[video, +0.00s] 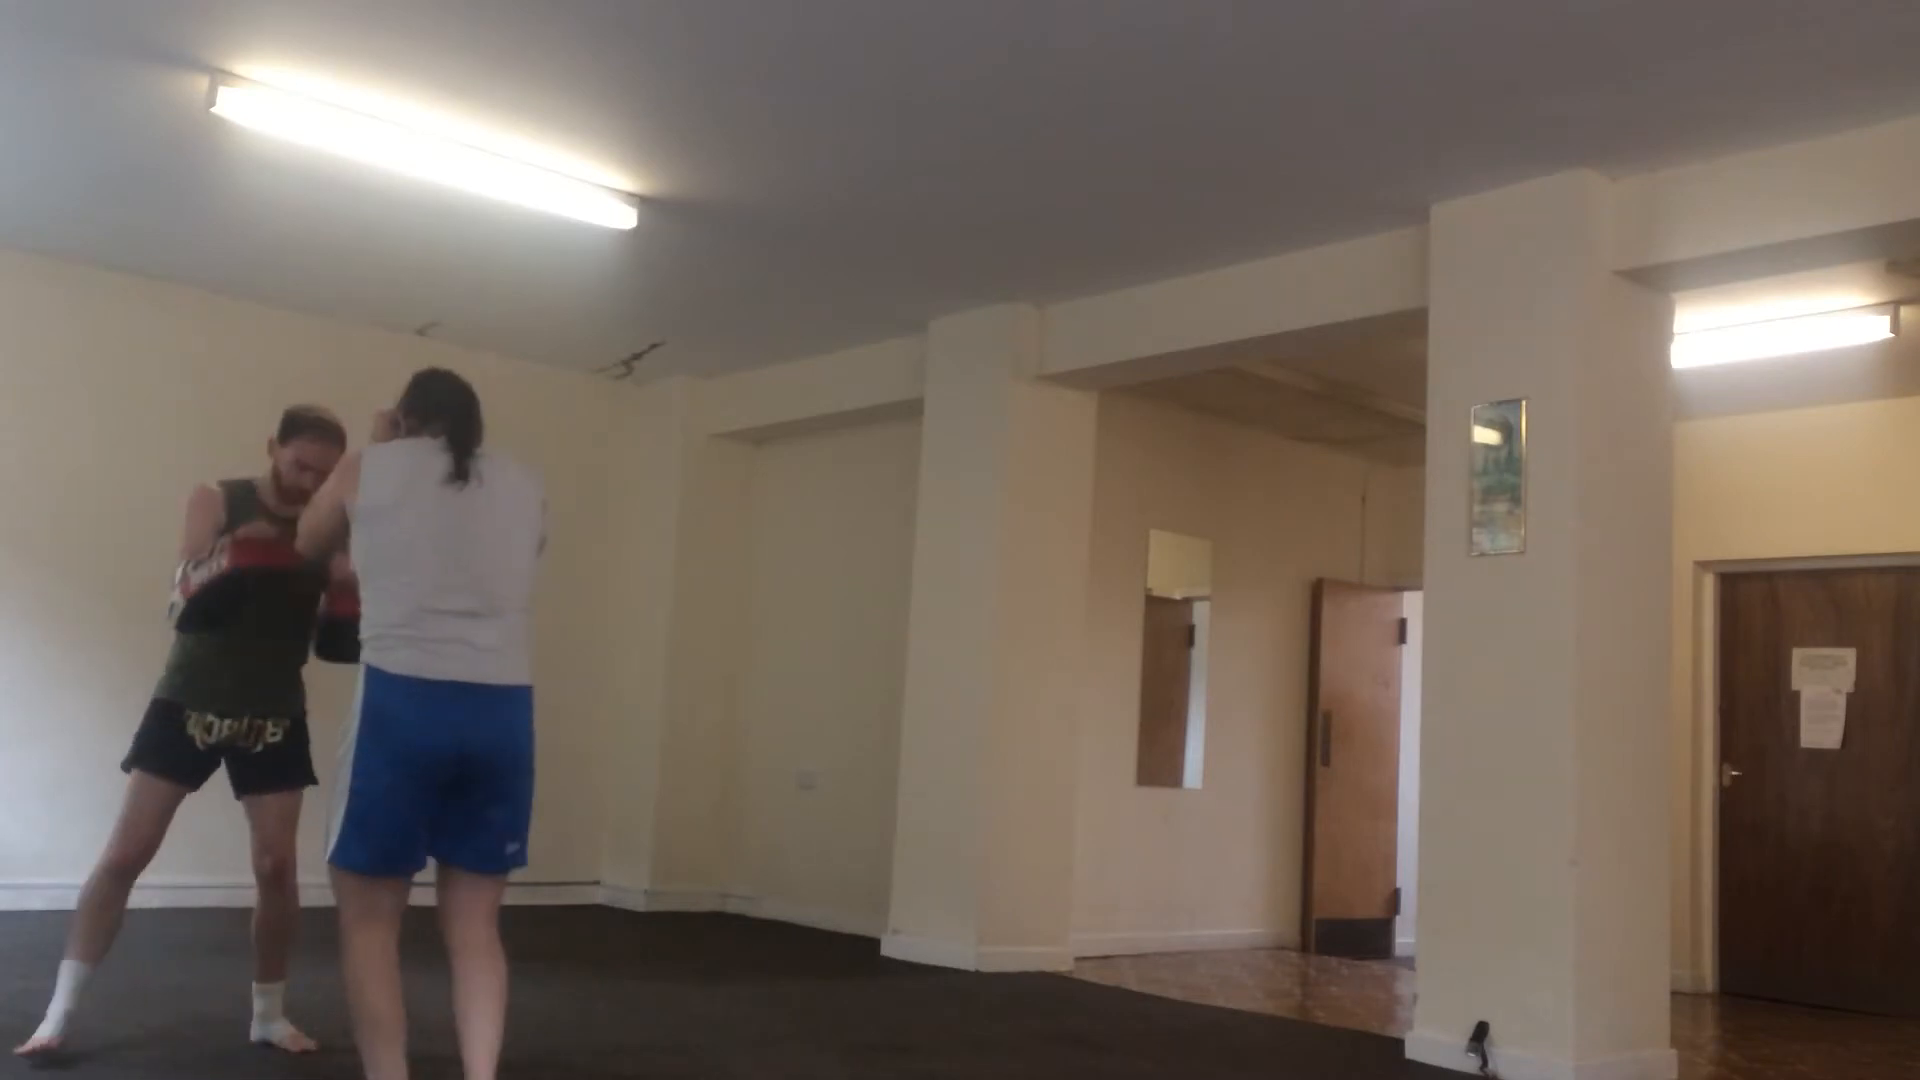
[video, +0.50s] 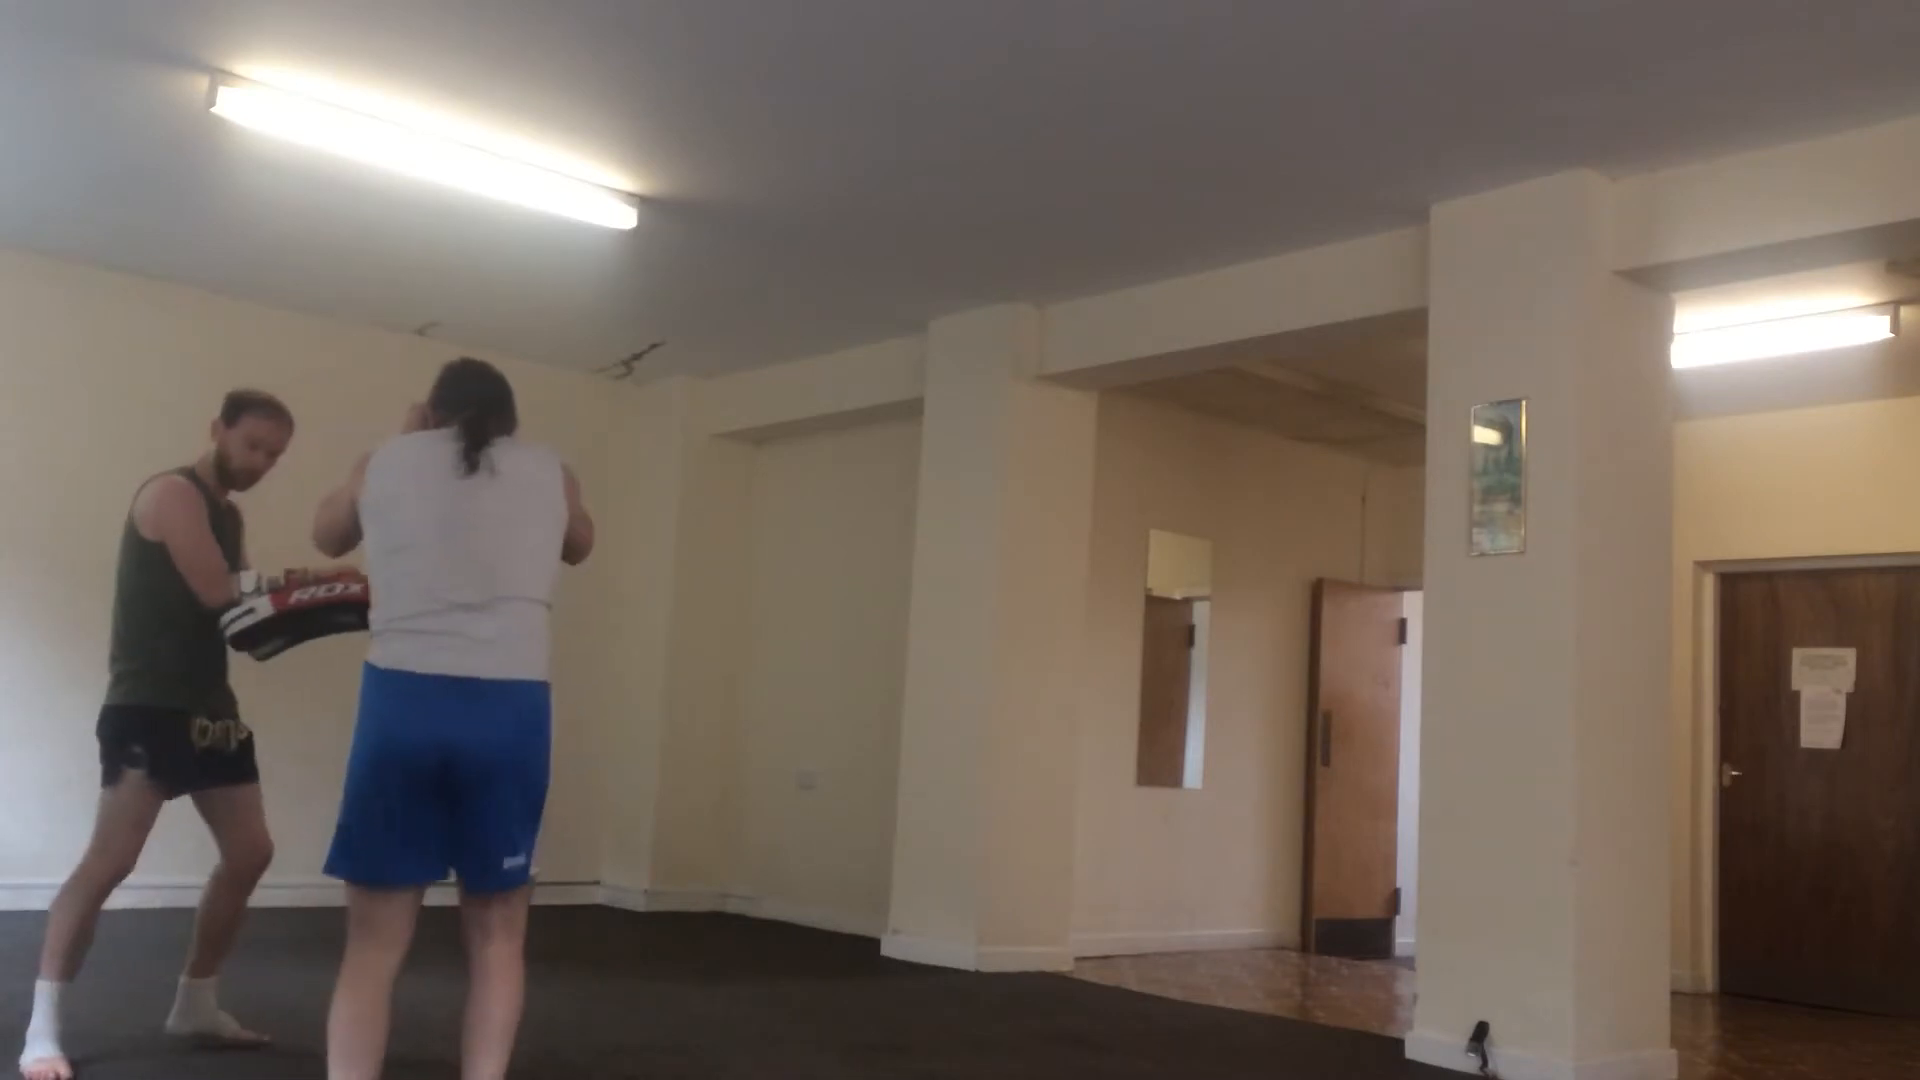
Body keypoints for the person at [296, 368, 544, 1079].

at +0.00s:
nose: (389, 414)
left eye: (395, 408)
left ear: (406, 416)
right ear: (474, 424)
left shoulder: (369, 466)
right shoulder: (524, 485)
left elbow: (311, 538)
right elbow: (520, 570)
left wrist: (368, 452)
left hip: (402, 715)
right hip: (501, 720)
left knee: (370, 915)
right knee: (476, 922)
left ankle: (387, 1071)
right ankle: (482, 1073)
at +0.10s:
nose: (406, 420)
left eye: (412, 414)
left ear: (421, 424)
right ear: (489, 429)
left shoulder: (389, 475)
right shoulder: (537, 493)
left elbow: (318, 545)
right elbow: (523, 582)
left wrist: (379, 460)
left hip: (406, 726)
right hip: (509, 729)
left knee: (368, 919)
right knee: (483, 940)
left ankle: (386, 1071)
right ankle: (474, 1075)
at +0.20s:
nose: (419, 425)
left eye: (425, 419)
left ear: (433, 429)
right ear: (504, 436)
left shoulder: (398, 478)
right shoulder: (551, 498)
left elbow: (325, 545)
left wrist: (392, 462)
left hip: (411, 726)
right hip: (519, 731)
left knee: (368, 919)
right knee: (497, 947)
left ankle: (369, 1071)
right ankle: (482, 1075)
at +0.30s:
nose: (428, 409)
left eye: (434, 404)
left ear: (438, 415)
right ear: (510, 423)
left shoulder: (397, 466)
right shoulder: (556, 484)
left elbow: (333, 538)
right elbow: (558, 571)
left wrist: (399, 449)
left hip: (411, 717)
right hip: (519, 723)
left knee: (376, 910)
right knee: (497, 929)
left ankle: (364, 1071)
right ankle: (483, 1073)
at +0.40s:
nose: (427, 403)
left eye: (433, 397)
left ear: (437, 406)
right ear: (511, 415)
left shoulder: (391, 459)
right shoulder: (555, 473)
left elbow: (331, 529)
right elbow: (572, 551)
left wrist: (397, 445)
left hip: (405, 711)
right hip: (513, 717)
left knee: (379, 925)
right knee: (497, 933)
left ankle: (355, 1072)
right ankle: (482, 1073)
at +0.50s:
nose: (421, 406)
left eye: (428, 399)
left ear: (431, 407)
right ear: (508, 415)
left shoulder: (384, 462)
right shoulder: (549, 472)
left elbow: (329, 533)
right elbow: (579, 546)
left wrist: (398, 450)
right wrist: (521, 491)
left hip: (401, 714)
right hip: (509, 719)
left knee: (374, 944)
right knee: (498, 937)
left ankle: (350, 1073)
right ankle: (483, 1073)